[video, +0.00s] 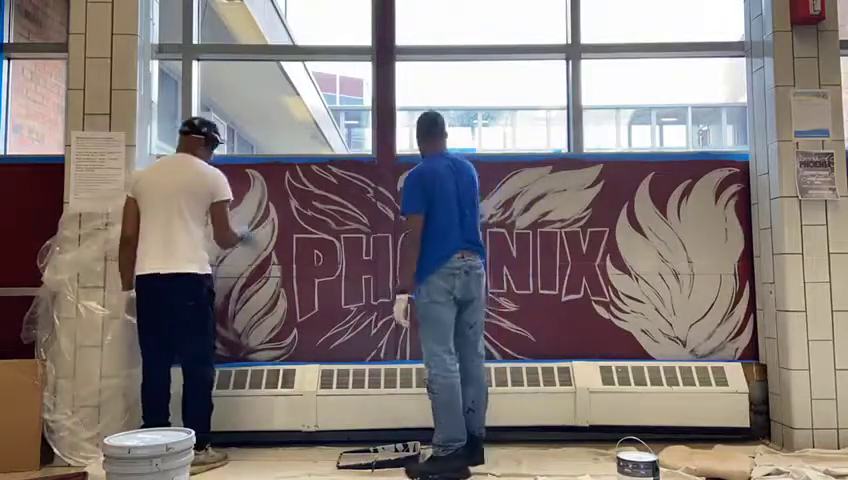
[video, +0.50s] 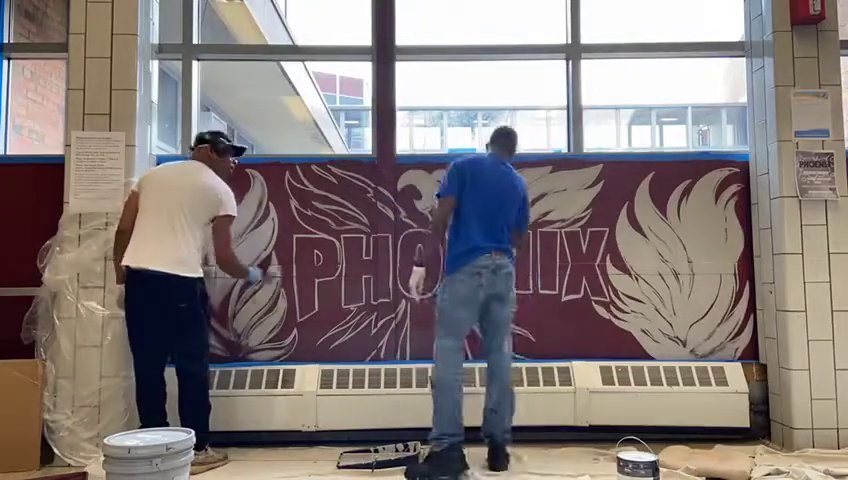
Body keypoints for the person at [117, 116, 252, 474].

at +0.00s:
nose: (212, 155)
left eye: (213, 150)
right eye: (213, 150)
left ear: (179, 140)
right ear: (206, 145)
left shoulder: (142, 176)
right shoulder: (212, 177)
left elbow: (128, 238)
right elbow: (224, 239)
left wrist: (128, 285)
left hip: (149, 282)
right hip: (191, 282)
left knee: (154, 366)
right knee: (199, 365)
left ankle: (156, 448)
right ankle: (196, 447)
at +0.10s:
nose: (211, 154)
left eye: (211, 149)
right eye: (211, 148)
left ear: (178, 140)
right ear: (202, 144)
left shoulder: (137, 175)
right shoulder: (208, 178)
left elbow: (123, 238)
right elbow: (217, 242)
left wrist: (123, 287)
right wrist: (227, 246)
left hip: (145, 284)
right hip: (187, 284)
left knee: (152, 369)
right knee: (196, 368)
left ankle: (155, 449)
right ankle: (197, 448)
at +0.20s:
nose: (210, 153)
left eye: (211, 147)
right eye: (211, 147)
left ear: (179, 138)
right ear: (202, 142)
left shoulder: (142, 174)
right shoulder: (209, 175)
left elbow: (126, 236)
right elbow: (233, 237)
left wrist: (127, 285)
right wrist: (255, 231)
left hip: (146, 282)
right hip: (189, 282)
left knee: (153, 366)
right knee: (197, 367)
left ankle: (155, 448)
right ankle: (197, 449)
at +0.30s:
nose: (206, 148)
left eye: (205, 142)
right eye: (206, 142)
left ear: (173, 138)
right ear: (197, 139)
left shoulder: (140, 175)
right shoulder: (207, 175)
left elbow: (124, 237)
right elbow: (231, 238)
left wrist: (125, 287)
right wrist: (257, 232)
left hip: (144, 283)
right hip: (186, 283)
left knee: (152, 368)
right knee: (196, 367)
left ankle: (155, 449)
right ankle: (196, 449)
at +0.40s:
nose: (227, 171)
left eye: (229, 164)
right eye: (226, 163)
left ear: (197, 150)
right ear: (212, 154)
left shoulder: (151, 174)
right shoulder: (217, 189)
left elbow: (121, 227)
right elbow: (235, 257)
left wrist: (116, 265)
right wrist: (258, 264)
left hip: (135, 279)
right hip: (178, 281)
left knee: (146, 369)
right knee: (191, 368)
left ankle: (153, 449)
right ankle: (196, 449)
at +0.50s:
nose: (234, 165)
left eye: (235, 158)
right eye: (229, 157)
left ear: (199, 151)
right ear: (206, 152)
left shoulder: (152, 175)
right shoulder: (218, 188)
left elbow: (125, 228)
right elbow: (223, 255)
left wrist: (121, 269)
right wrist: (248, 274)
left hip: (138, 280)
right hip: (181, 283)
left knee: (148, 370)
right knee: (192, 369)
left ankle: (155, 450)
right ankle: (196, 450)